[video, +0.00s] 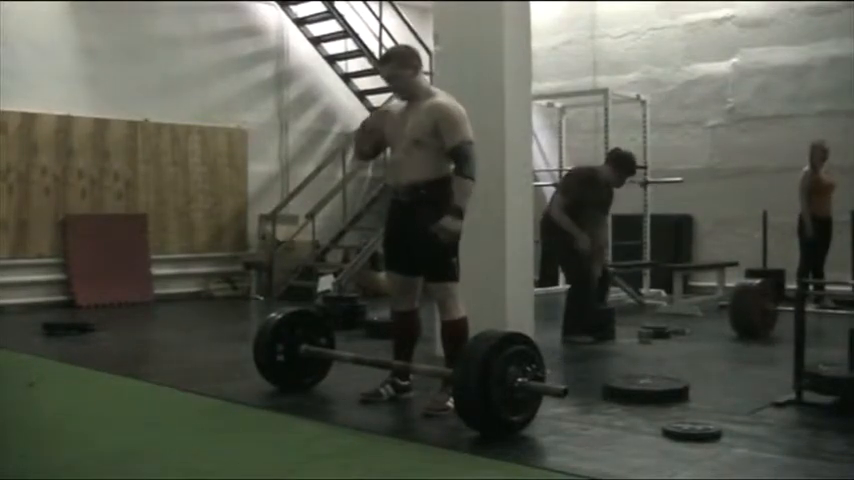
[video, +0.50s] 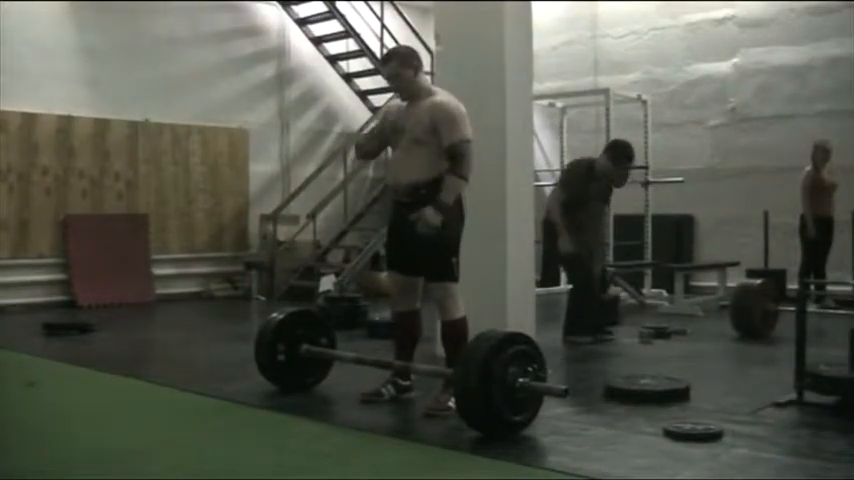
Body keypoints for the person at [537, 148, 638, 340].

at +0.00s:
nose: (622, 182)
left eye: (625, 178)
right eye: (622, 176)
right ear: (612, 168)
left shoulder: (606, 191)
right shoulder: (579, 176)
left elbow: (600, 226)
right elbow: (554, 210)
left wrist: (601, 257)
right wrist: (578, 234)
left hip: (584, 237)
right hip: (560, 233)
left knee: (598, 277)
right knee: (581, 277)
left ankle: (591, 326)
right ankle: (573, 330)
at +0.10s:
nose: (623, 182)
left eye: (626, 178)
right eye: (622, 176)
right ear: (613, 167)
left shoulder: (605, 190)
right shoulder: (580, 176)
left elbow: (600, 226)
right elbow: (554, 209)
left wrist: (601, 258)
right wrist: (577, 234)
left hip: (584, 237)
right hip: (559, 234)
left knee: (599, 277)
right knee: (581, 277)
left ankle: (590, 326)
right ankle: (573, 330)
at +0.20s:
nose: (623, 181)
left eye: (626, 177)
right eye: (622, 175)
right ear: (612, 167)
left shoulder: (605, 189)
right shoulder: (580, 175)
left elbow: (600, 225)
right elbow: (554, 209)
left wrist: (601, 257)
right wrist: (575, 234)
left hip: (583, 236)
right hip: (559, 233)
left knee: (599, 276)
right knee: (582, 277)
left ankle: (589, 326)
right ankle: (573, 330)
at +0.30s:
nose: (624, 180)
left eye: (627, 176)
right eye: (623, 175)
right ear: (612, 167)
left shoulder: (606, 189)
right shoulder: (580, 174)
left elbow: (597, 225)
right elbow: (553, 206)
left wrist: (600, 257)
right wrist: (572, 234)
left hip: (582, 235)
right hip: (557, 231)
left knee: (599, 276)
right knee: (583, 277)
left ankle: (590, 326)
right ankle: (574, 330)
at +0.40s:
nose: (624, 179)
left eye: (626, 175)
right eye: (622, 173)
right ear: (610, 163)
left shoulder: (605, 186)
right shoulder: (580, 172)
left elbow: (598, 225)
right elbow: (554, 206)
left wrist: (600, 257)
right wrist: (567, 236)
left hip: (584, 232)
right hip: (560, 229)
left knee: (593, 277)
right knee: (583, 278)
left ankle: (589, 328)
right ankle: (574, 331)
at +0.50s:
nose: (625, 176)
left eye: (627, 171)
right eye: (623, 170)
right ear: (609, 161)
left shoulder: (605, 184)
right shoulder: (580, 169)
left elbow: (599, 225)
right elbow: (554, 204)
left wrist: (602, 256)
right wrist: (563, 236)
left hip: (585, 231)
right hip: (564, 229)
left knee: (593, 278)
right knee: (582, 278)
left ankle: (593, 326)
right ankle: (575, 331)